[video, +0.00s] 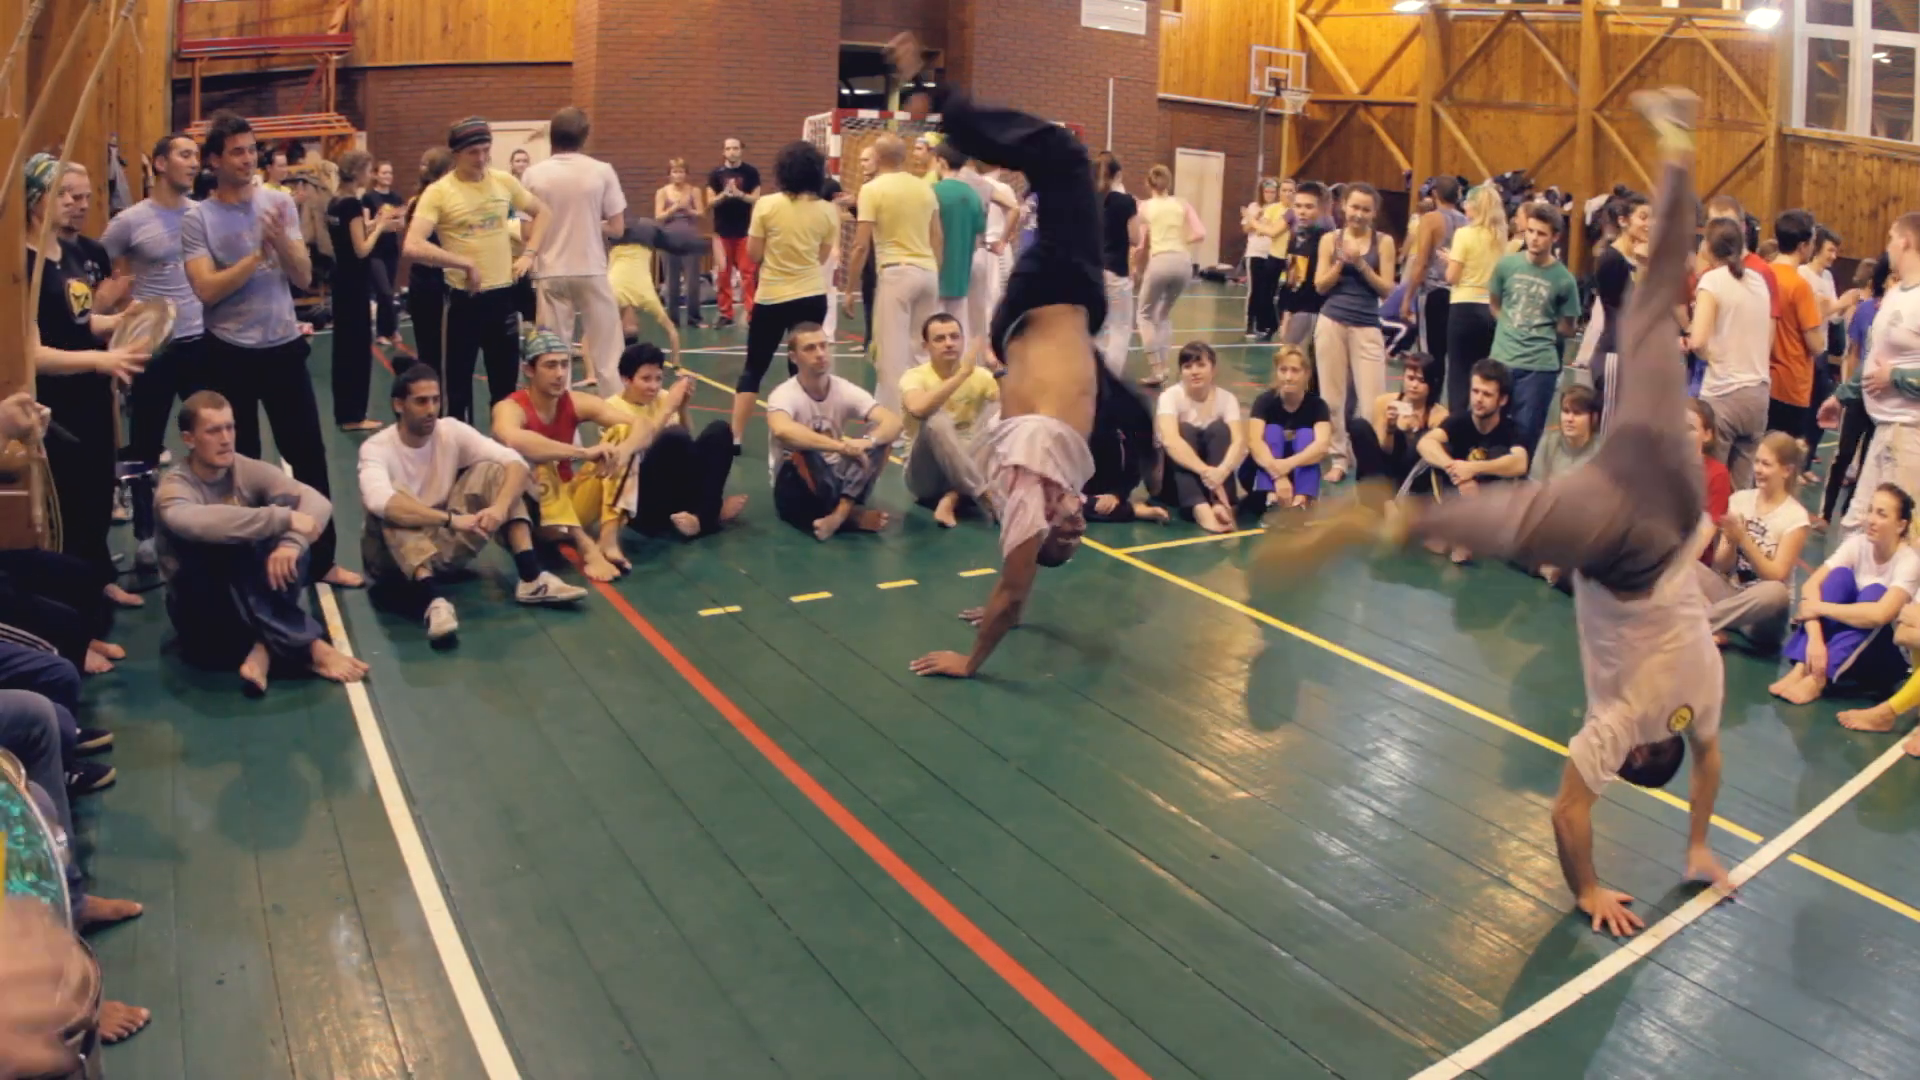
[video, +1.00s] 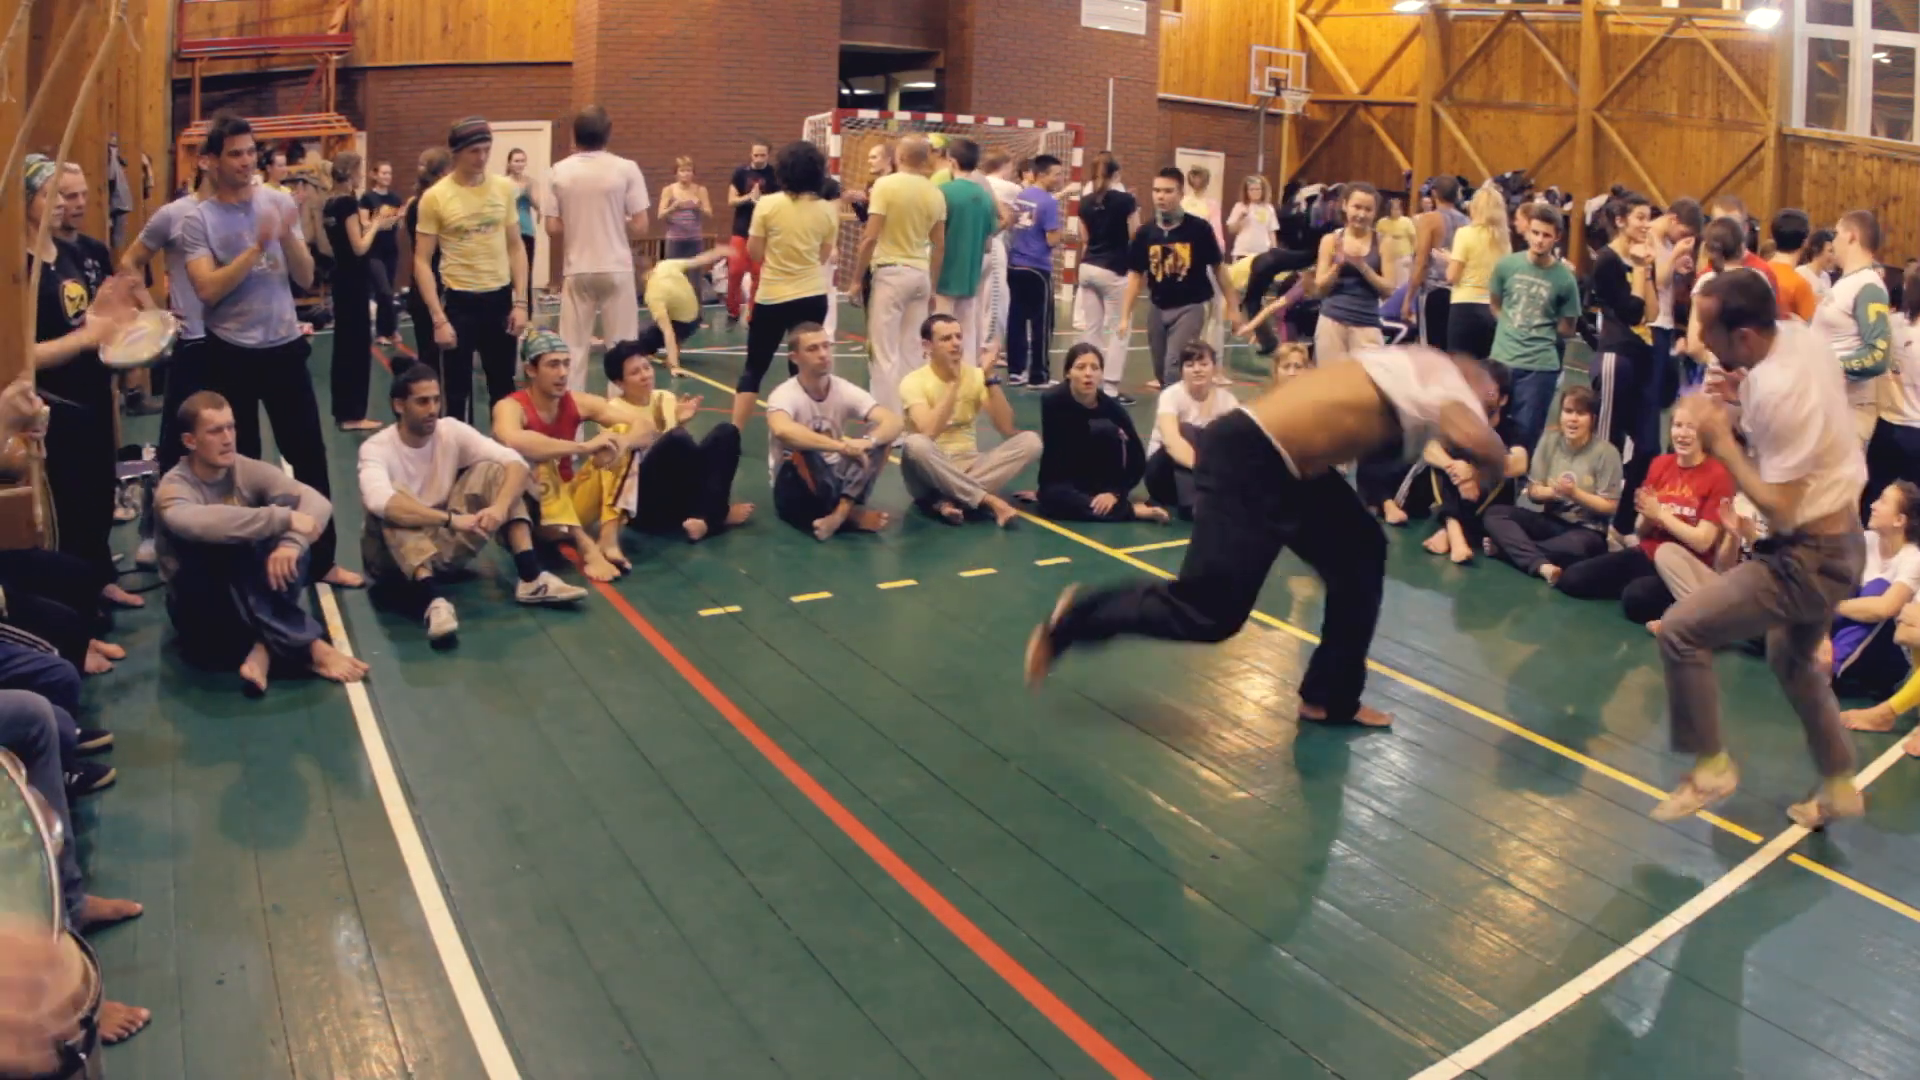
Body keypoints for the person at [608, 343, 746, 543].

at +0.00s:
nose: (653, 386)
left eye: (658, 379)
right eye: (646, 379)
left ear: (663, 378)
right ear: (627, 380)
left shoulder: (664, 399)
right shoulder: (612, 409)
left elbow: (686, 442)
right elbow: (637, 447)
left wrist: (683, 409)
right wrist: (669, 407)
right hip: (643, 512)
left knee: (720, 430)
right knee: (674, 439)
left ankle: (700, 518)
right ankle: (714, 511)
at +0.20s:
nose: (647, 388)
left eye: (651, 381)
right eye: (639, 382)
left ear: (655, 380)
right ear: (619, 382)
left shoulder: (655, 406)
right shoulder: (606, 413)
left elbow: (684, 436)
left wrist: (683, 399)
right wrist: (657, 400)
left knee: (715, 425)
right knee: (673, 436)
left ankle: (701, 516)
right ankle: (712, 508)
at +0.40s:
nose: (641, 382)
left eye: (644, 374)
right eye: (633, 376)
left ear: (648, 374)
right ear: (613, 383)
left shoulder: (654, 402)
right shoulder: (603, 422)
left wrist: (668, 419)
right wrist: (718, 508)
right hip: (645, 512)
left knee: (718, 426)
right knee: (675, 436)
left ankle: (701, 514)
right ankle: (713, 511)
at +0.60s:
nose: (638, 376)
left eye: (640, 368)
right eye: (628, 373)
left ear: (645, 369)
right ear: (612, 384)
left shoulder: (658, 403)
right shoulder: (604, 420)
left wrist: (678, 417)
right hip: (646, 512)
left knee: (719, 428)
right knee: (677, 438)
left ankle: (701, 516)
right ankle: (718, 514)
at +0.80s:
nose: (640, 375)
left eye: (642, 368)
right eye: (631, 373)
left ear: (647, 368)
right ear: (615, 384)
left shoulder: (660, 401)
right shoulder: (608, 419)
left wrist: (670, 421)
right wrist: (662, 426)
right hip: (646, 512)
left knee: (724, 430)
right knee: (676, 439)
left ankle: (701, 515)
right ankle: (719, 513)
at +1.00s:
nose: (645, 375)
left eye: (647, 367)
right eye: (635, 372)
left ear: (652, 368)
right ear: (619, 383)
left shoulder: (665, 400)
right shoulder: (613, 413)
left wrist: (677, 418)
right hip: (647, 512)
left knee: (727, 432)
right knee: (676, 440)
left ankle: (703, 518)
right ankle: (719, 513)